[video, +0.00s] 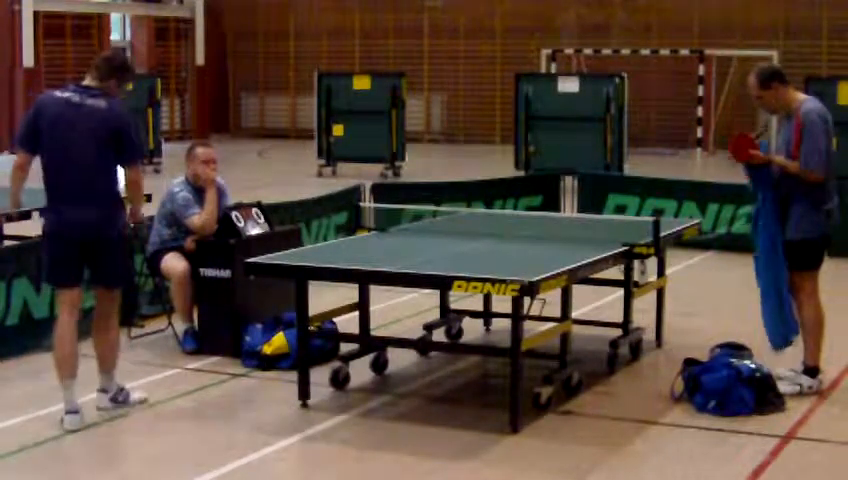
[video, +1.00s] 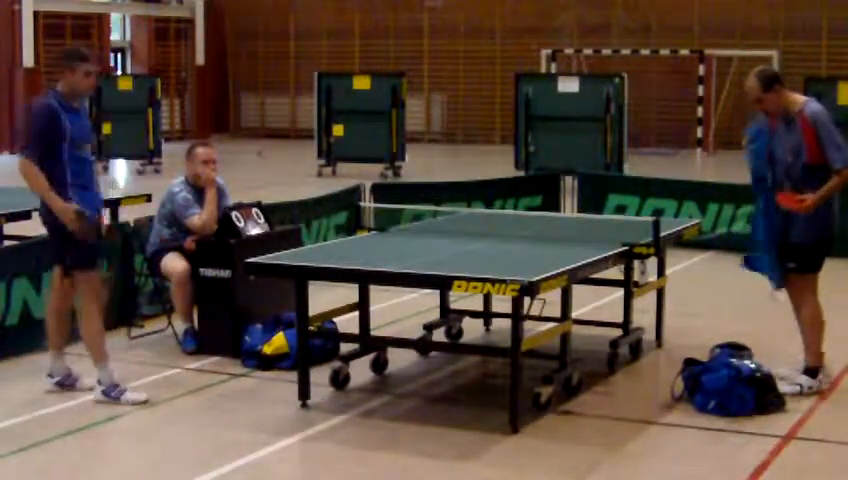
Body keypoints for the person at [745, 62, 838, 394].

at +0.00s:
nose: (761, 106)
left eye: (761, 98)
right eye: (758, 100)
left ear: (776, 88)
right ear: (775, 89)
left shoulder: (811, 115)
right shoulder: (790, 117)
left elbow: (814, 172)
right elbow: (789, 168)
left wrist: (773, 159)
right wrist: (758, 160)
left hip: (809, 216)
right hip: (792, 214)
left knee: (805, 289)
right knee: (798, 288)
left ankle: (811, 370)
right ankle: (808, 366)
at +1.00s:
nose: (759, 109)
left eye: (760, 101)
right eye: (755, 103)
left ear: (776, 91)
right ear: (763, 97)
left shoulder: (812, 115)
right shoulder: (771, 121)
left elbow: (842, 168)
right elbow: (768, 174)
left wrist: (816, 198)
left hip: (808, 215)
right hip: (779, 214)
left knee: (804, 289)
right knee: (794, 288)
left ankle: (813, 370)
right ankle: (812, 361)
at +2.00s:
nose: (747, 90)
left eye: (749, 83)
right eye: (747, 84)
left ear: (760, 81)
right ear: (776, 80)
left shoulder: (762, 112)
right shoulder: (806, 110)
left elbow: (753, 164)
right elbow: (814, 159)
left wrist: (736, 167)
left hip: (766, 210)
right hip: (800, 209)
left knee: (742, 267)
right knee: (788, 275)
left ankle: (763, 340)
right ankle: (790, 353)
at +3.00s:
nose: (700, 89)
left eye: (699, 86)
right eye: (703, 85)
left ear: (702, 84)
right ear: (724, 81)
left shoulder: (698, 109)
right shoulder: (747, 107)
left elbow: (686, 148)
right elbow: (769, 147)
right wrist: (754, 173)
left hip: (707, 193)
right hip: (738, 192)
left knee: (698, 250)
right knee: (727, 253)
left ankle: (715, 295)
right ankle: (724, 315)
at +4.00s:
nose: (642, 102)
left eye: (644, 96)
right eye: (639, 97)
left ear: (656, 91)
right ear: (645, 93)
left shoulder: (678, 110)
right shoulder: (652, 110)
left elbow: (690, 154)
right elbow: (652, 151)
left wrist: (672, 184)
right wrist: (641, 177)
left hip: (676, 188)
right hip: (655, 186)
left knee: (674, 241)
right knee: (659, 242)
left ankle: (675, 299)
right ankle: (662, 293)